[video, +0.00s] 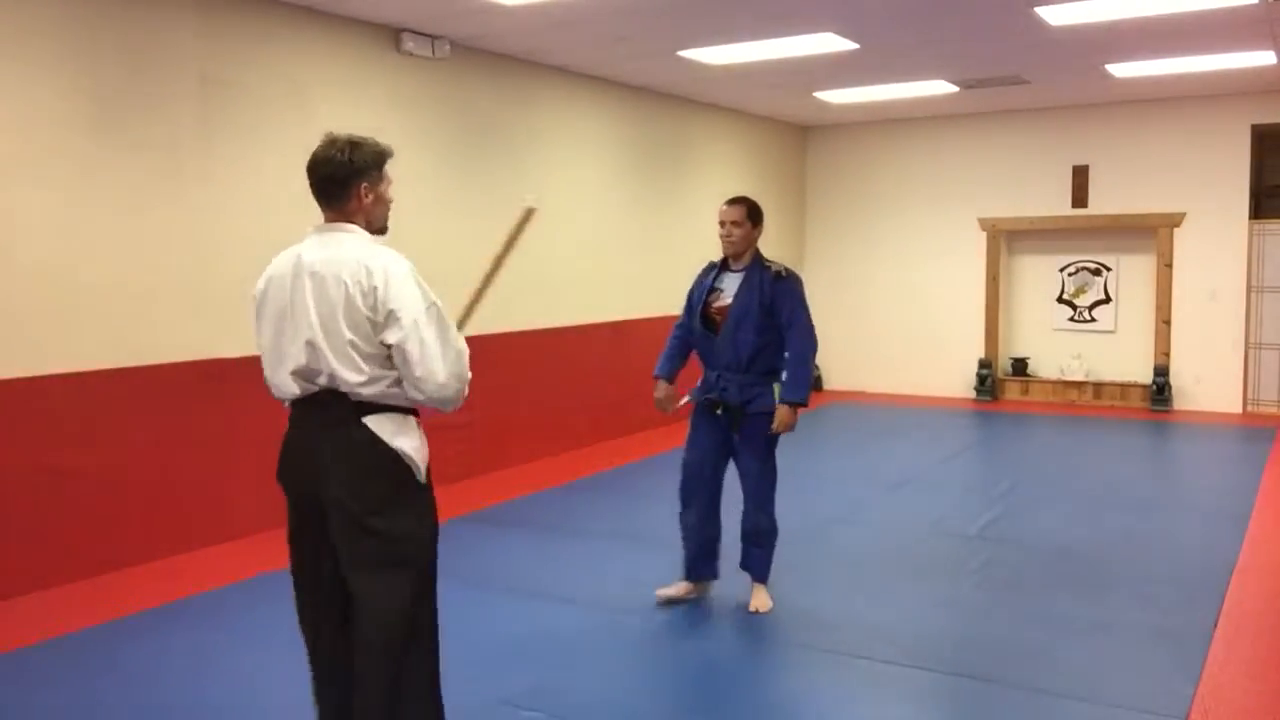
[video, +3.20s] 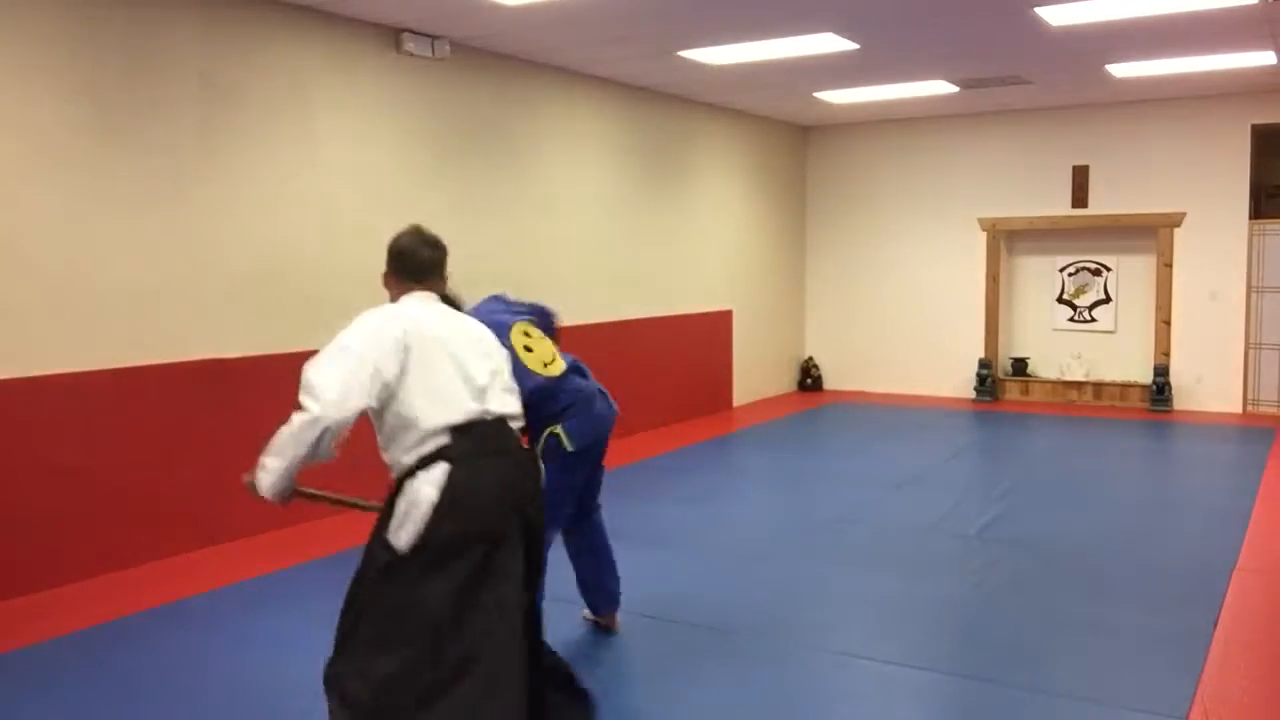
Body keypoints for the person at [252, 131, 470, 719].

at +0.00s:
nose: (391, 195)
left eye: (388, 183)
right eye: (384, 184)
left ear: (328, 196)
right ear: (361, 193)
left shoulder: (277, 273)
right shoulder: (385, 269)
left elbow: (281, 371)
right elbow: (443, 383)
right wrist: (439, 335)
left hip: (304, 450)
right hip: (377, 453)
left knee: (326, 617)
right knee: (394, 619)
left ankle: (338, 713)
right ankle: (398, 714)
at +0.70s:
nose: (422, 200)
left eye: (420, 189)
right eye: (416, 190)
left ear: (367, 198)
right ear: (394, 196)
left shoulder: (315, 262)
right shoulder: (400, 265)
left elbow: (289, 365)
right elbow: (425, 378)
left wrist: (327, 414)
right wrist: (497, 410)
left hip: (326, 424)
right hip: (384, 429)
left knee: (339, 573)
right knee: (399, 570)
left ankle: (328, 703)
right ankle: (402, 703)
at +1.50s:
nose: (393, 203)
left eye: (390, 192)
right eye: (387, 193)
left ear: (342, 201)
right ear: (361, 200)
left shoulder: (299, 259)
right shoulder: (359, 264)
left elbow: (283, 348)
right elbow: (380, 366)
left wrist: (333, 384)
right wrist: (418, 449)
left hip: (294, 425)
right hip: (344, 431)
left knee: (302, 565)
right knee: (371, 568)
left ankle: (299, 695)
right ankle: (379, 700)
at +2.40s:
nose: (389, 223)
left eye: (388, 212)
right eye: (386, 214)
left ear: (333, 220)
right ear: (368, 219)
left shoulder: (294, 280)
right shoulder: (376, 287)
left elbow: (281, 367)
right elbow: (417, 388)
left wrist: (343, 375)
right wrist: (474, 407)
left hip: (304, 430)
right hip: (365, 435)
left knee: (321, 565)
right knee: (424, 561)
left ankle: (313, 703)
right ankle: (401, 701)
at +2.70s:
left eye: (354, 212)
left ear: (349, 218)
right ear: (405, 214)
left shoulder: (328, 289)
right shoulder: (451, 279)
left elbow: (291, 390)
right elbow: (482, 356)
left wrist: (289, 430)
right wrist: (429, 344)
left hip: (364, 444)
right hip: (444, 440)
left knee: (346, 580)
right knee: (449, 586)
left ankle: (323, 696)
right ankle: (456, 706)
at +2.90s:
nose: (357, 217)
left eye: (356, 211)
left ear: (356, 214)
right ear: (413, 213)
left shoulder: (347, 267)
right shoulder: (457, 269)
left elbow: (330, 341)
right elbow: (467, 341)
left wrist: (275, 417)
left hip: (392, 441)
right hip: (470, 433)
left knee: (354, 593)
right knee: (474, 588)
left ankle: (364, 705)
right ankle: (476, 705)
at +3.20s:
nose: (388, 282)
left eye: (388, 274)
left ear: (389, 278)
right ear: (443, 278)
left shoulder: (384, 325)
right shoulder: (477, 330)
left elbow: (328, 405)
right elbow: (505, 412)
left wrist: (274, 471)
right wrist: (417, 476)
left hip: (447, 480)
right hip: (517, 474)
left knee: (379, 619)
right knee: (501, 617)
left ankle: (367, 705)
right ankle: (505, 706)